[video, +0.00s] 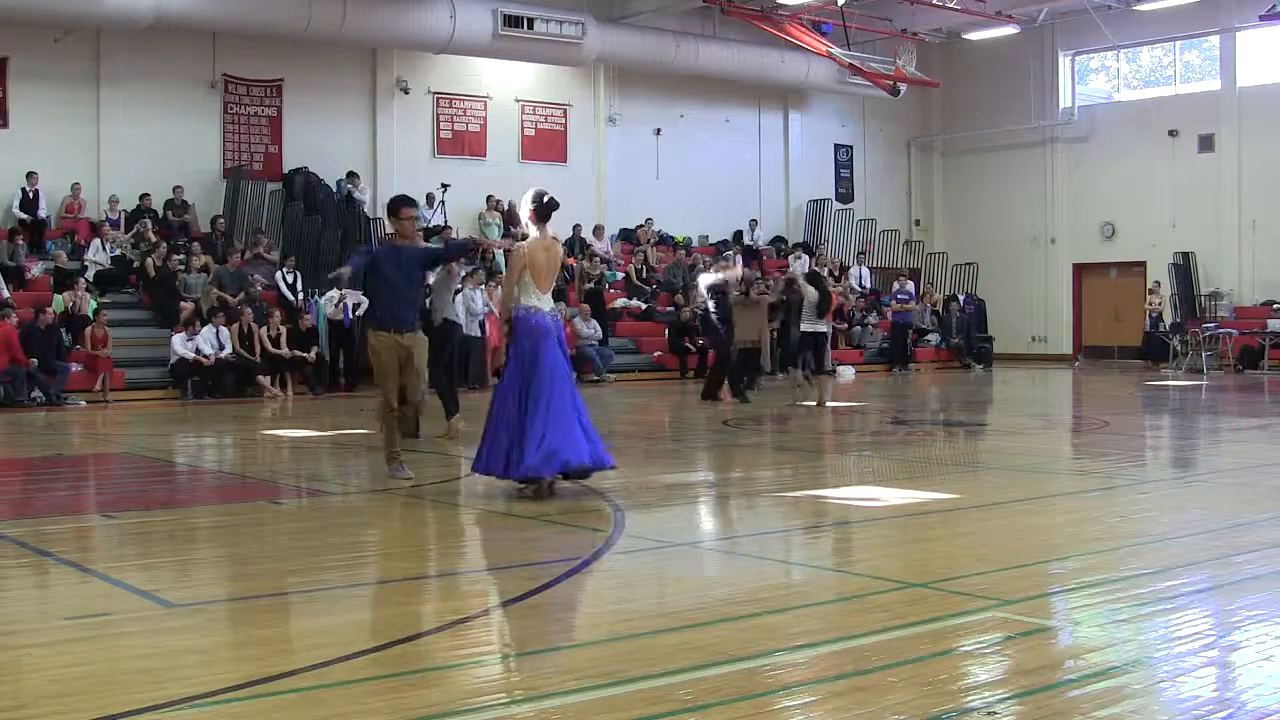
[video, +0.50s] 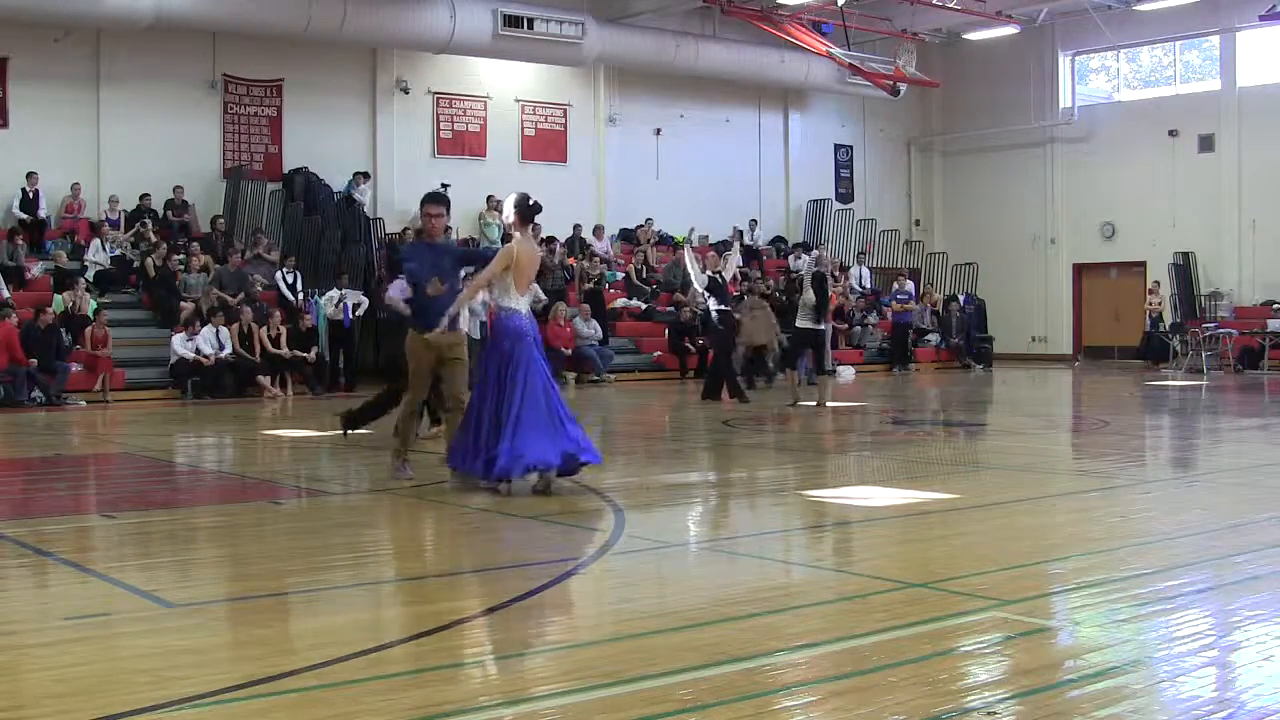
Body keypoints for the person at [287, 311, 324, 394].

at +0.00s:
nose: (310, 322)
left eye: (310, 320)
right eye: (307, 320)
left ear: (311, 320)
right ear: (300, 321)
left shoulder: (313, 329)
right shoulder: (293, 331)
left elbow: (315, 344)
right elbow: (292, 349)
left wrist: (312, 353)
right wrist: (304, 355)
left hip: (310, 354)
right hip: (298, 355)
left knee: (320, 359)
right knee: (305, 364)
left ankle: (318, 385)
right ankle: (313, 387)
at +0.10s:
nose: (310, 322)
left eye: (310, 320)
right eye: (307, 320)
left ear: (311, 320)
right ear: (300, 321)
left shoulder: (313, 329)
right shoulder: (293, 331)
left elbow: (315, 344)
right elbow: (292, 349)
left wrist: (312, 353)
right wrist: (304, 355)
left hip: (310, 354)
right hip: (298, 355)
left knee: (320, 359)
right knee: (305, 364)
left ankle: (318, 385)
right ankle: (313, 387)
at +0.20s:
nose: (310, 322)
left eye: (310, 320)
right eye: (307, 320)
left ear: (311, 320)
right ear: (300, 321)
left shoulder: (313, 329)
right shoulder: (293, 331)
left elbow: (315, 344)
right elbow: (292, 349)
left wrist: (312, 353)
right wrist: (304, 355)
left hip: (310, 354)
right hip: (298, 355)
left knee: (320, 359)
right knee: (305, 364)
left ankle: (318, 385)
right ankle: (313, 387)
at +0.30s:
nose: (310, 322)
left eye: (310, 320)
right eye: (307, 320)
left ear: (311, 320)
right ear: (300, 321)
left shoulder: (313, 330)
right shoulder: (293, 331)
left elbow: (315, 344)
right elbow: (292, 349)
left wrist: (312, 353)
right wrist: (304, 355)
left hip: (310, 354)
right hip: (298, 355)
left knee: (320, 359)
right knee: (305, 364)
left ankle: (319, 385)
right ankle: (313, 387)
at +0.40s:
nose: (310, 322)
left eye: (310, 320)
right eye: (307, 320)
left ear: (311, 320)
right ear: (300, 322)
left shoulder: (313, 330)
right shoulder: (292, 331)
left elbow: (315, 345)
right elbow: (292, 349)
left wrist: (313, 353)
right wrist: (304, 355)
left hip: (309, 355)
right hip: (297, 356)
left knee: (320, 358)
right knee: (305, 363)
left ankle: (320, 385)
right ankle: (314, 387)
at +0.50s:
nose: (310, 322)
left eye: (310, 320)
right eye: (307, 320)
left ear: (311, 321)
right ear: (300, 322)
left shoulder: (313, 330)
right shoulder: (293, 331)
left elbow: (315, 345)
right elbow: (292, 349)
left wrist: (313, 353)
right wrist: (305, 355)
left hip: (309, 355)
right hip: (298, 355)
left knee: (320, 358)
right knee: (305, 364)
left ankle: (320, 385)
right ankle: (313, 387)